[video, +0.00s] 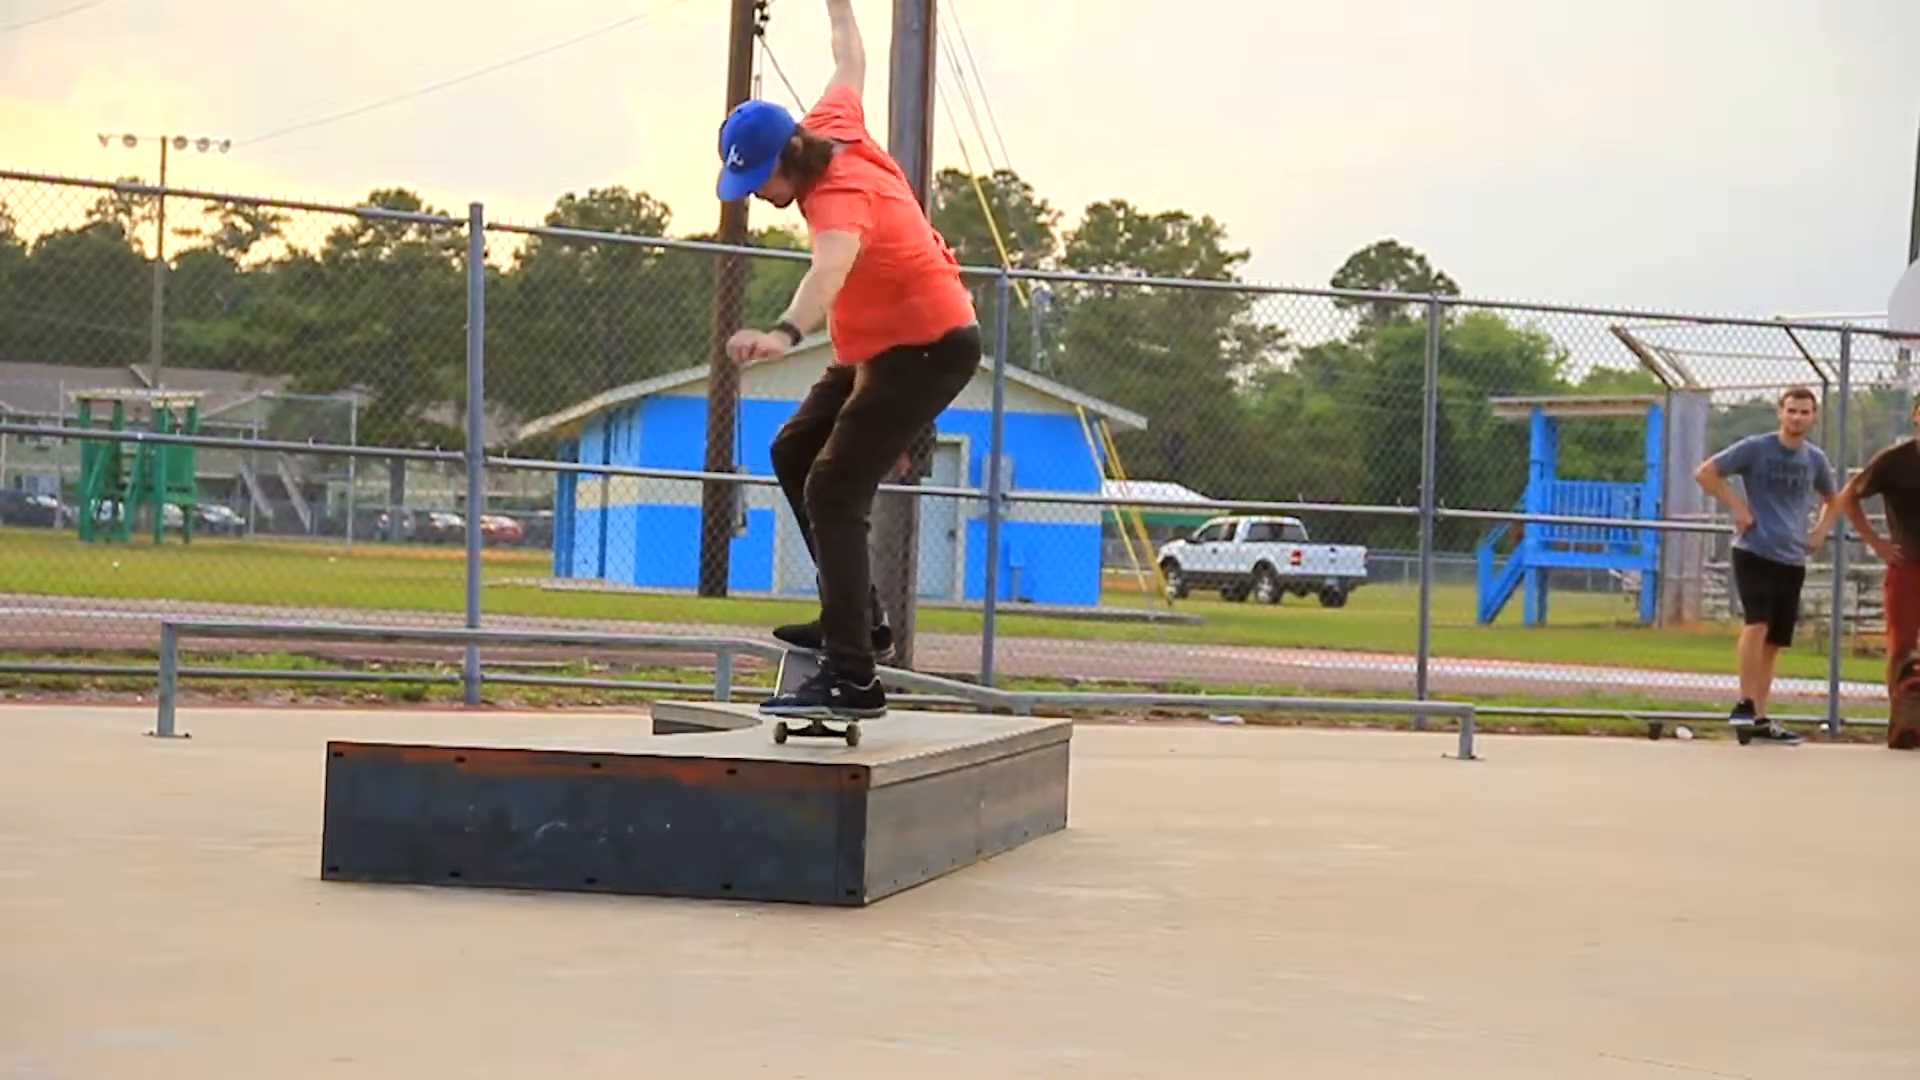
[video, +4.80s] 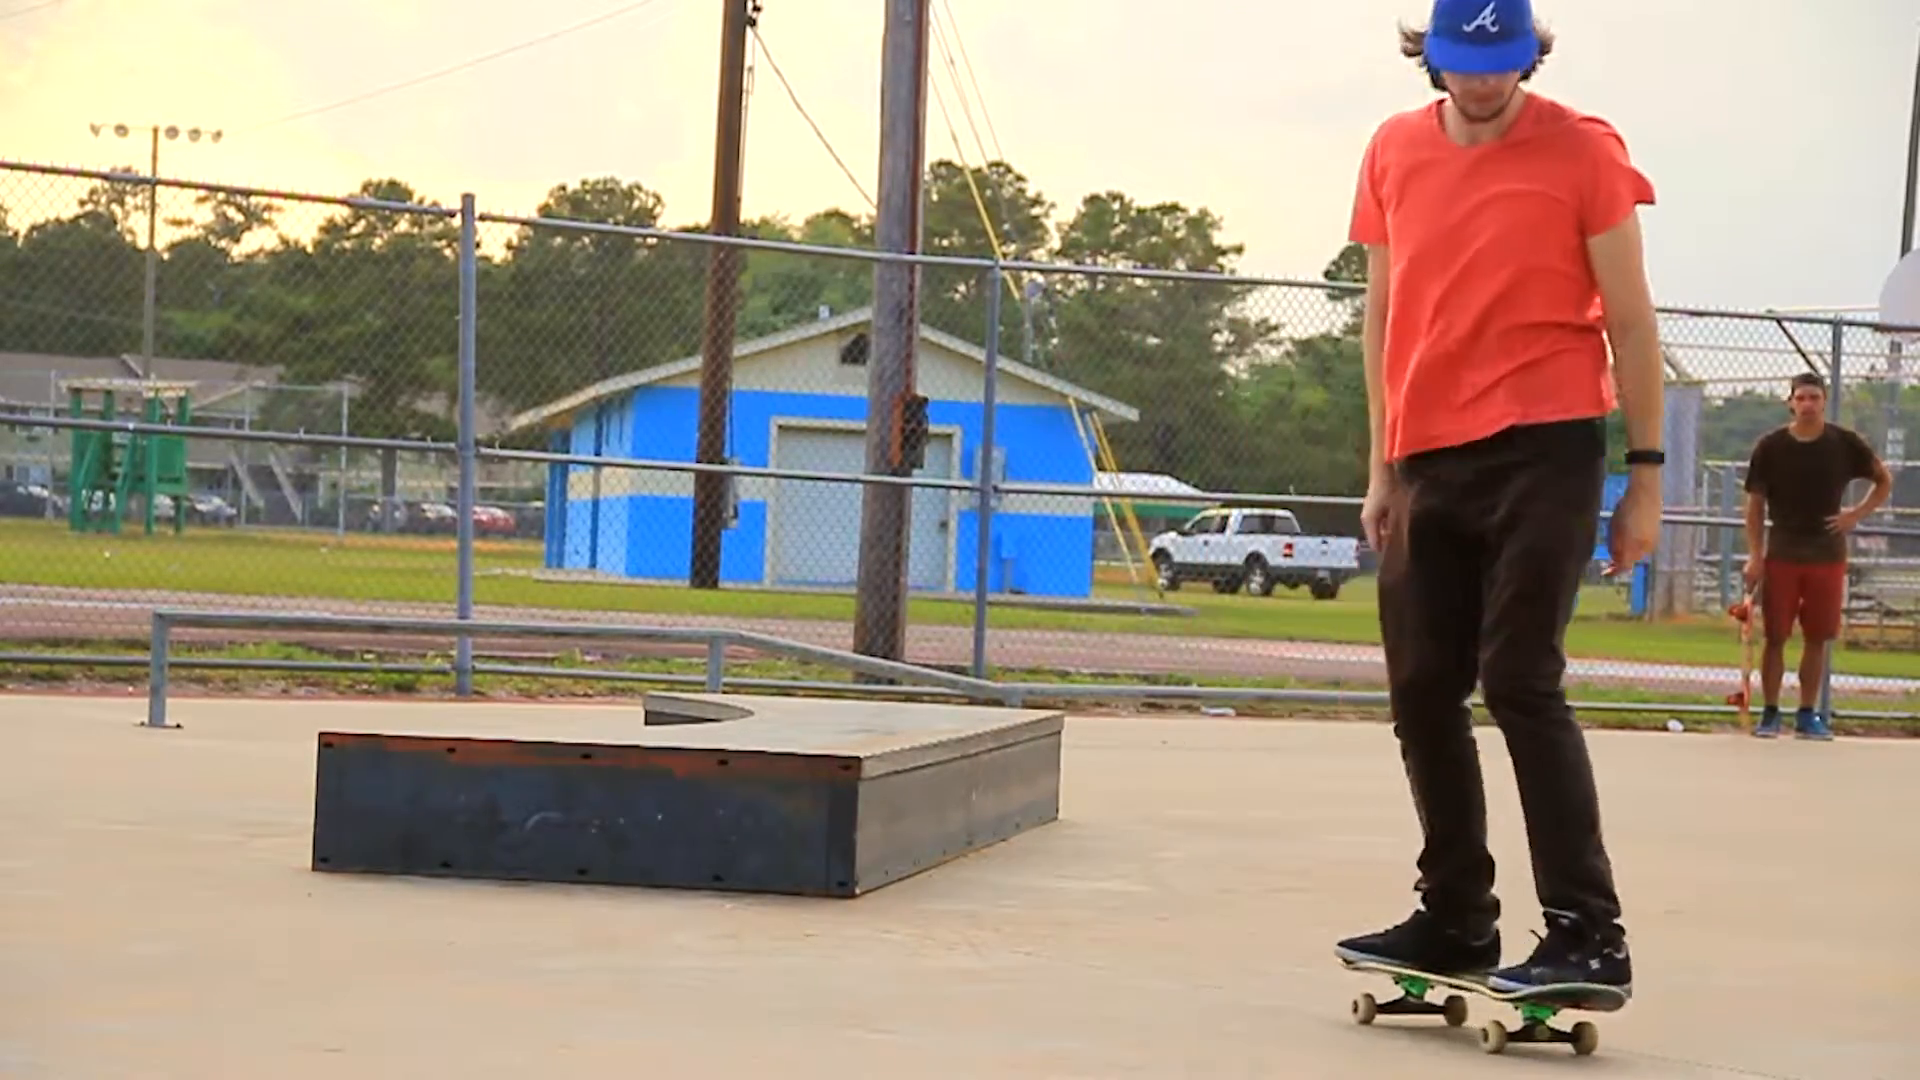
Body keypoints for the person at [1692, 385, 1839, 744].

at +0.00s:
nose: (1798, 417)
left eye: (1805, 412)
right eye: (1793, 411)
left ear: (1813, 417)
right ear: (1780, 413)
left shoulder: (1816, 458)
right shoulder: (1757, 447)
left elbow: (1833, 499)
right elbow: (1706, 473)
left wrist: (1820, 531)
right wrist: (1738, 507)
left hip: (1792, 557)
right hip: (1754, 550)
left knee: (1774, 641)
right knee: (1758, 622)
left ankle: (1759, 715)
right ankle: (1745, 704)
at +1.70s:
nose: (1824, 422)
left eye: (1824, 416)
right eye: (1820, 415)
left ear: (1806, 419)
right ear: (1798, 417)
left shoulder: (1811, 458)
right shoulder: (1756, 447)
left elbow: (1827, 499)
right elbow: (1707, 474)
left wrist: (1817, 532)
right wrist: (1737, 513)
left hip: (1790, 557)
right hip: (1753, 551)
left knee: (1771, 641)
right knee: (1752, 624)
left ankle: (1757, 716)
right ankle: (1739, 704)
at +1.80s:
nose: (1808, 401)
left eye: (1815, 395)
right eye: (1802, 395)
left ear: (1828, 399)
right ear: (1794, 400)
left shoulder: (1848, 444)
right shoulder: (1774, 445)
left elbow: (1885, 483)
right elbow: (1761, 502)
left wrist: (1859, 515)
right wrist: (1758, 554)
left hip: (1825, 556)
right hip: (1782, 554)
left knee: (1817, 638)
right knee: (1774, 636)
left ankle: (1807, 713)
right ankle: (1770, 711)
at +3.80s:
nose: (1797, 402)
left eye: (1804, 395)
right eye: (1792, 395)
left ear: (1817, 400)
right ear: (1782, 400)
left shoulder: (1840, 443)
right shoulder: (1764, 447)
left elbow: (1883, 480)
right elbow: (1750, 504)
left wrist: (1853, 514)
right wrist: (1752, 555)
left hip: (1822, 554)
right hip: (1778, 552)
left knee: (1816, 639)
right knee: (1773, 638)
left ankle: (1807, 714)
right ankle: (1770, 712)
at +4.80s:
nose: (1807, 404)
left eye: (1814, 398)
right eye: (1801, 398)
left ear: (1824, 402)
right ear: (1791, 402)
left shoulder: (1845, 444)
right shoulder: (1769, 447)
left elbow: (1884, 480)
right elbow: (1754, 505)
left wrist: (1856, 514)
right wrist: (1754, 556)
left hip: (1826, 555)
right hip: (1781, 553)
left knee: (1817, 639)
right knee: (1775, 638)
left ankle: (1807, 714)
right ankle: (1770, 712)